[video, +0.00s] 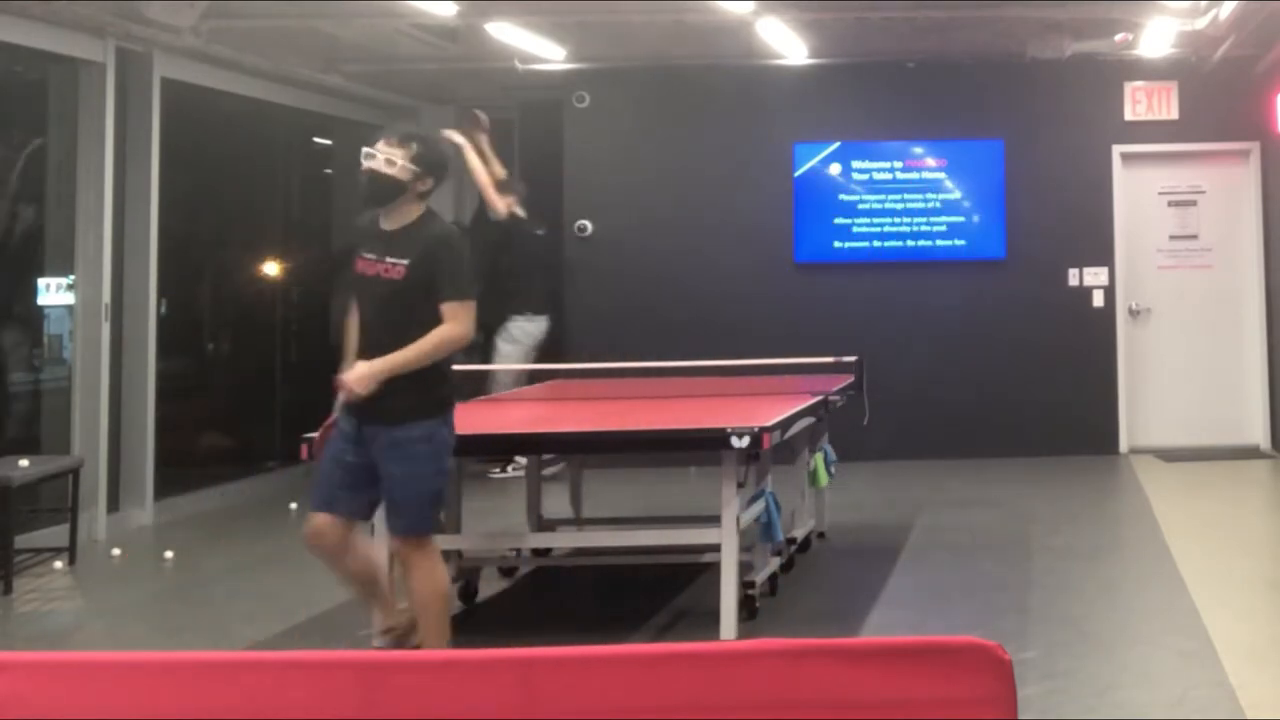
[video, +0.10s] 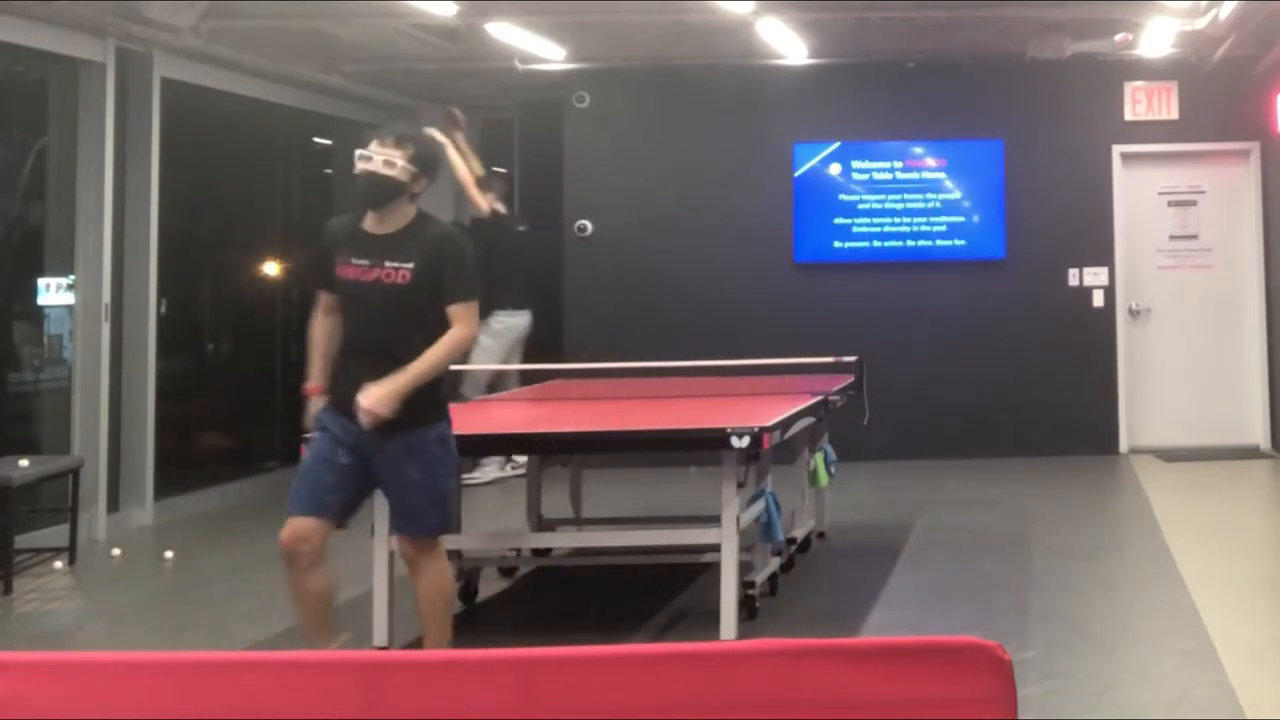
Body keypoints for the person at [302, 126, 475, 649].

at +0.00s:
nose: (374, 174)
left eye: (389, 167)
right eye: (374, 164)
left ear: (422, 182)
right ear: (370, 169)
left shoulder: (444, 239)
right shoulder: (369, 234)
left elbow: (461, 327)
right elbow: (357, 314)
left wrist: (379, 368)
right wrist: (347, 388)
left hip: (416, 420)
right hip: (362, 414)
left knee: (415, 544)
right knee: (325, 530)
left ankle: (436, 664)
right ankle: (394, 613)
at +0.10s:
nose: (372, 171)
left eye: (389, 164)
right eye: (368, 159)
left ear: (418, 182)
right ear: (356, 166)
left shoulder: (444, 242)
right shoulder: (341, 234)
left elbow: (464, 329)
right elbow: (326, 311)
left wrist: (397, 385)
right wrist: (316, 393)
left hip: (416, 429)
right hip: (344, 421)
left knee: (421, 548)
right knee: (298, 542)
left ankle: (437, 667)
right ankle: (325, 664)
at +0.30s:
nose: (334, 179)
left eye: (351, 171)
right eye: (327, 167)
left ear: (379, 188)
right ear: (314, 176)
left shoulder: (410, 255)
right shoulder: (296, 251)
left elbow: (440, 341)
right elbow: (273, 332)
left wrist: (450, 432)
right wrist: (248, 414)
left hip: (385, 445)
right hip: (305, 438)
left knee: (400, 563)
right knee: (284, 568)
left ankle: (428, 671)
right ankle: (261, 707)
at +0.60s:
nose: (294, 146)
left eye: (310, 140)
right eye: (281, 138)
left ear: (334, 165)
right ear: (262, 159)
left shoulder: (365, 235)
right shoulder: (226, 244)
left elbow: (391, 326)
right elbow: (201, 341)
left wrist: (381, 420)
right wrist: (178, 439)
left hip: (336, 443)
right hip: (252, 444)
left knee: (320, 589)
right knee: (255, 594)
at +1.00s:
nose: (336, 144)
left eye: (350, 142)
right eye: (322, 134)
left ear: (360, 183)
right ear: (286, 161)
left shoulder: (369, 261)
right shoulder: (214, 244)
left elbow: (402, 366)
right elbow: (180, 354)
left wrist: (439, 467)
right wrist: (163, 463)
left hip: (317, 480)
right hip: (219, 482)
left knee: (294, 643)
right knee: (200, 653)